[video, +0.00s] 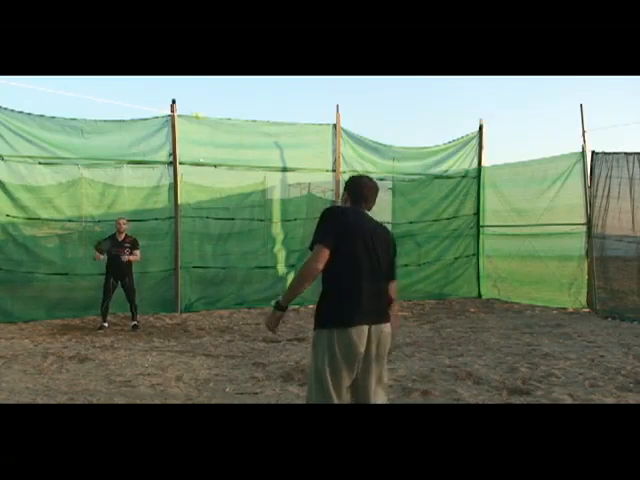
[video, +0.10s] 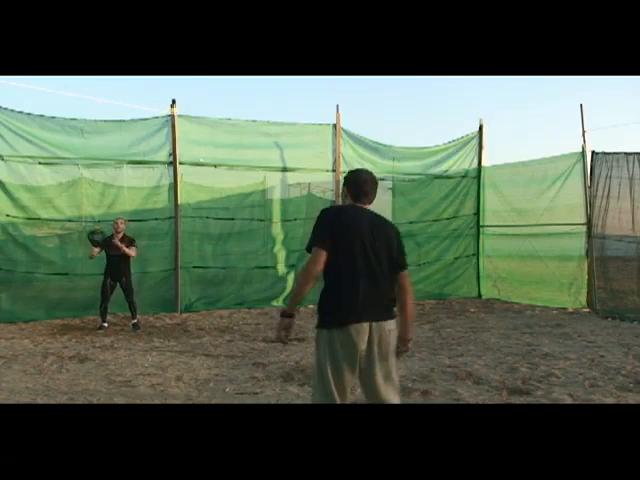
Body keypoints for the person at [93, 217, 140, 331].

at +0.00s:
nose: (121, 226)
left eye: (123, 224)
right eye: (119, 224)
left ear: (127, 226)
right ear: (115, 226)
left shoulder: (132, 241)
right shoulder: (109, 240)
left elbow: (137, 256)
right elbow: (99, 251)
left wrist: (128, 257)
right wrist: (99, 255)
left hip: (126, 273)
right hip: (112, 273)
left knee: (131, 298)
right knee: (106, 298)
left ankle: (134, 321)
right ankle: (104, 322)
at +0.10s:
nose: (118, 226)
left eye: (121, 224)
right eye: (116, 224)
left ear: (124, 226)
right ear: (113, 226)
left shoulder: (129, 240)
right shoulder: (107, 240)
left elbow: (133, 254)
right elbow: (93, 255)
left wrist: (120, 246)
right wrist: (94, 248)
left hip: (124, 273)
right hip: (110, 273)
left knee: (130, 298)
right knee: (104, 298)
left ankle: (134, 320)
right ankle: (103, 322)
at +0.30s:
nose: (115, 228)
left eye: (117, 225)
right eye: (113, 225)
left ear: (121, 227)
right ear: (110, 228)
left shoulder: (127, 240)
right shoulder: (105, 242)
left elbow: (129, 244)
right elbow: (87, 250)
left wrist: (119, 235)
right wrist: (87, 236)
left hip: (124, 274)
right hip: (110, 275)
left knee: (129, 300)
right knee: (104, 300)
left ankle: (132, 323)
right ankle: (104, 323)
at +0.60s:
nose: (114, 224)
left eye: (116, 222)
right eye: (112, 223)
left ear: (120, 225)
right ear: (110, 226)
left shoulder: (126, 239)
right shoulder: (106, 239)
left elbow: (135, 244)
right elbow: (97, 238)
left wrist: (129, 233)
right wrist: (97, 222)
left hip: (123, 272)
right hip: (109, 272)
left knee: (128, 298)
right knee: (104, 298)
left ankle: (132, 323)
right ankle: (104, 322)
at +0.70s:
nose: (114, 226)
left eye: (117, 224)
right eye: (113, 224)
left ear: (120, 226)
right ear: (110, 225)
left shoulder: (125, 238)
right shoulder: (105, 237)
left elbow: (133, 247)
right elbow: (105, 248)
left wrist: (127, 237)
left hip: (122, 272)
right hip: (108, 272)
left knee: (127, 297)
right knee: (103, 298)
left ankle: (132, 322)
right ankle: (104, 322)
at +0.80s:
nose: (117, 226)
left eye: (119, 224)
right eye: (115, 224)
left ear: (123, 226)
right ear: (112, 226)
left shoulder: (125, 241)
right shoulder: (106, 241)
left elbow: (135, 253)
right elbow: (103, 259)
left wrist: (132, 244)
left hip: (121, 270)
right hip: (107, 270)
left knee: (127, 297)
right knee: (104, 297)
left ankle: (132, 323)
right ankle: (103, 322)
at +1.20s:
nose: (116, 227)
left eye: (119, 224)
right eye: (114, 224)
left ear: (122, 227)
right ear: (111, 226)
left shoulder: (128, 241)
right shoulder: (103, 242)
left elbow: (135, 257)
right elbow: (94, 258)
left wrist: (128, 260)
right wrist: (98, 266)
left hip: (122, 272)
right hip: (107, 272)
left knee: (128, 298)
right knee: (102, 298)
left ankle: (132, 323)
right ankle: (101, 322)